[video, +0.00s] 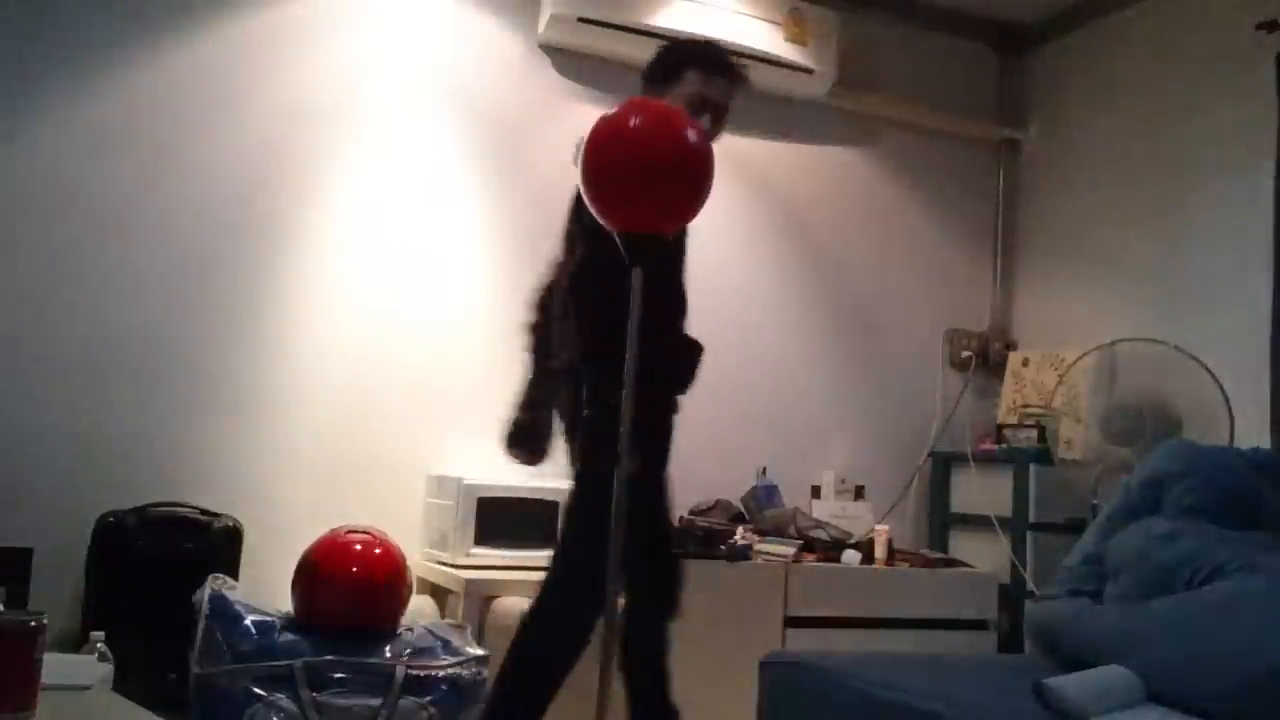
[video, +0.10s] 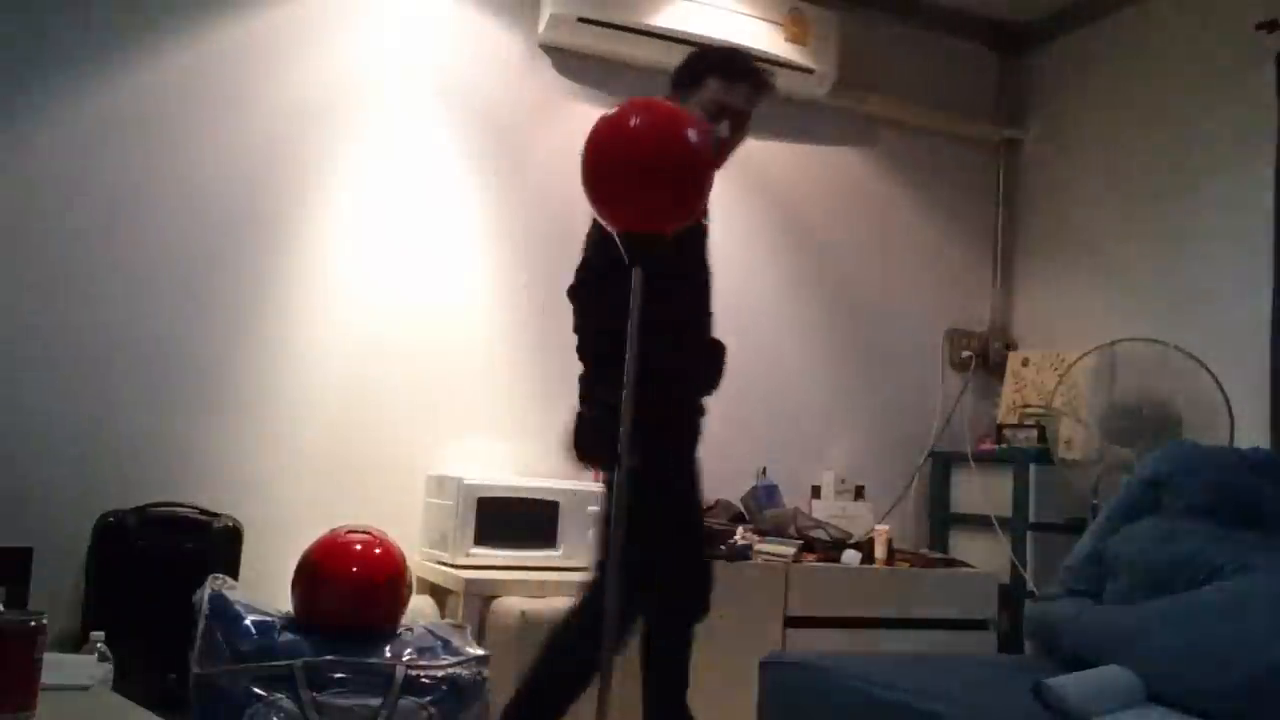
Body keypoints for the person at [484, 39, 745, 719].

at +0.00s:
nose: (709, 125)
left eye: (720, 113)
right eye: (699, 104)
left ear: (720, 119)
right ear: (656, 94)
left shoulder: (664, 181)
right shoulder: (625, 169)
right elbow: (578, 285)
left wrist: (673, 355)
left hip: (641, 398)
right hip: (611, 397)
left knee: (581, 584)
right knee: (650, 583)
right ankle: (651, 713)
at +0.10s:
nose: (728, 133)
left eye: (741, 121)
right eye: (716, 112)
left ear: (746, 128)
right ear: (676, 102)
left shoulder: (684, 204)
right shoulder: (647, 199)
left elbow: (680, 321)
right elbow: (600, 308)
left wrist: (700, 356)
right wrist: (704, 359)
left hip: (670, 422)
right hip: (638, 423)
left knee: (676, 593)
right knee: (643, 590)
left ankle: (669, 716)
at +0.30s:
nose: (751, 129)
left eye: (767, 117)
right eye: (739, 111)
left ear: (779, 128)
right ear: (705, 111)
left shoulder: (743, 210)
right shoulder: (674, 192)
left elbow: (744, 322)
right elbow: (615, 293)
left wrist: (764, 404)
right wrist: (612, 395)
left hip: (714, 408)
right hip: (670, 405)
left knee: (690, 579)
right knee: (722, 583)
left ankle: (668, 711)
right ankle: (608, 703)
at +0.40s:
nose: (761, 126)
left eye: (777, 114)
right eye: (748, 110)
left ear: (794, 125)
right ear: (720, 113)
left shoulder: (771, 211)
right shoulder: (684, 187)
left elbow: (798, 316)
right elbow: (627, 288)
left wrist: (842, 399)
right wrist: (621, 383)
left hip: (733, 404)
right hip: (686, 401)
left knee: (703, 578)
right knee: (736, 583)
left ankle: (670, 708)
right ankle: (668, 707)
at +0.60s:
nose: (773, 119)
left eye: (789, 107)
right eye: (759, 105)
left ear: (812, 120)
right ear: (738, 115)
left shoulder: (814, 213)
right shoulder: (702, 187)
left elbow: (858, 319)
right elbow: (661, 282)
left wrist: (940, 371)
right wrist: (652, 358)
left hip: (777, 400)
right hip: (709, 391)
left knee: (753, 575)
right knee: (746, 575)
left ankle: (706, 712)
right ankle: (701, 713)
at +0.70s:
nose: (775, 115)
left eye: (790, 101)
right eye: (761, 104)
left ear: (818, 113)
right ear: (744, 117)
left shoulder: (830, 209)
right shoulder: (719, 188)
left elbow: (868, 314)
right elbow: (674, 285)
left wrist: (938, 354)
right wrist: (671, 336)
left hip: (801, 409)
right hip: (733, 406)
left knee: (832, 586)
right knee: (746, 590)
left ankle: (737, 659)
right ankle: (731, 709)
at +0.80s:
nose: (786, 113)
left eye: (799, 99)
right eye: (771, 104)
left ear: (827, 107)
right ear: (754, 119)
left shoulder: (846, 202)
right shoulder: (733, 198)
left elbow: (878, 304)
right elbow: (681, 319)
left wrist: (918, 350)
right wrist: (697, 257)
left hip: (825, 414)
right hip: (750, 414)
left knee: (889, 582)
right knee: (751, 596)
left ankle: (796, 673)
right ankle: (737, 717)